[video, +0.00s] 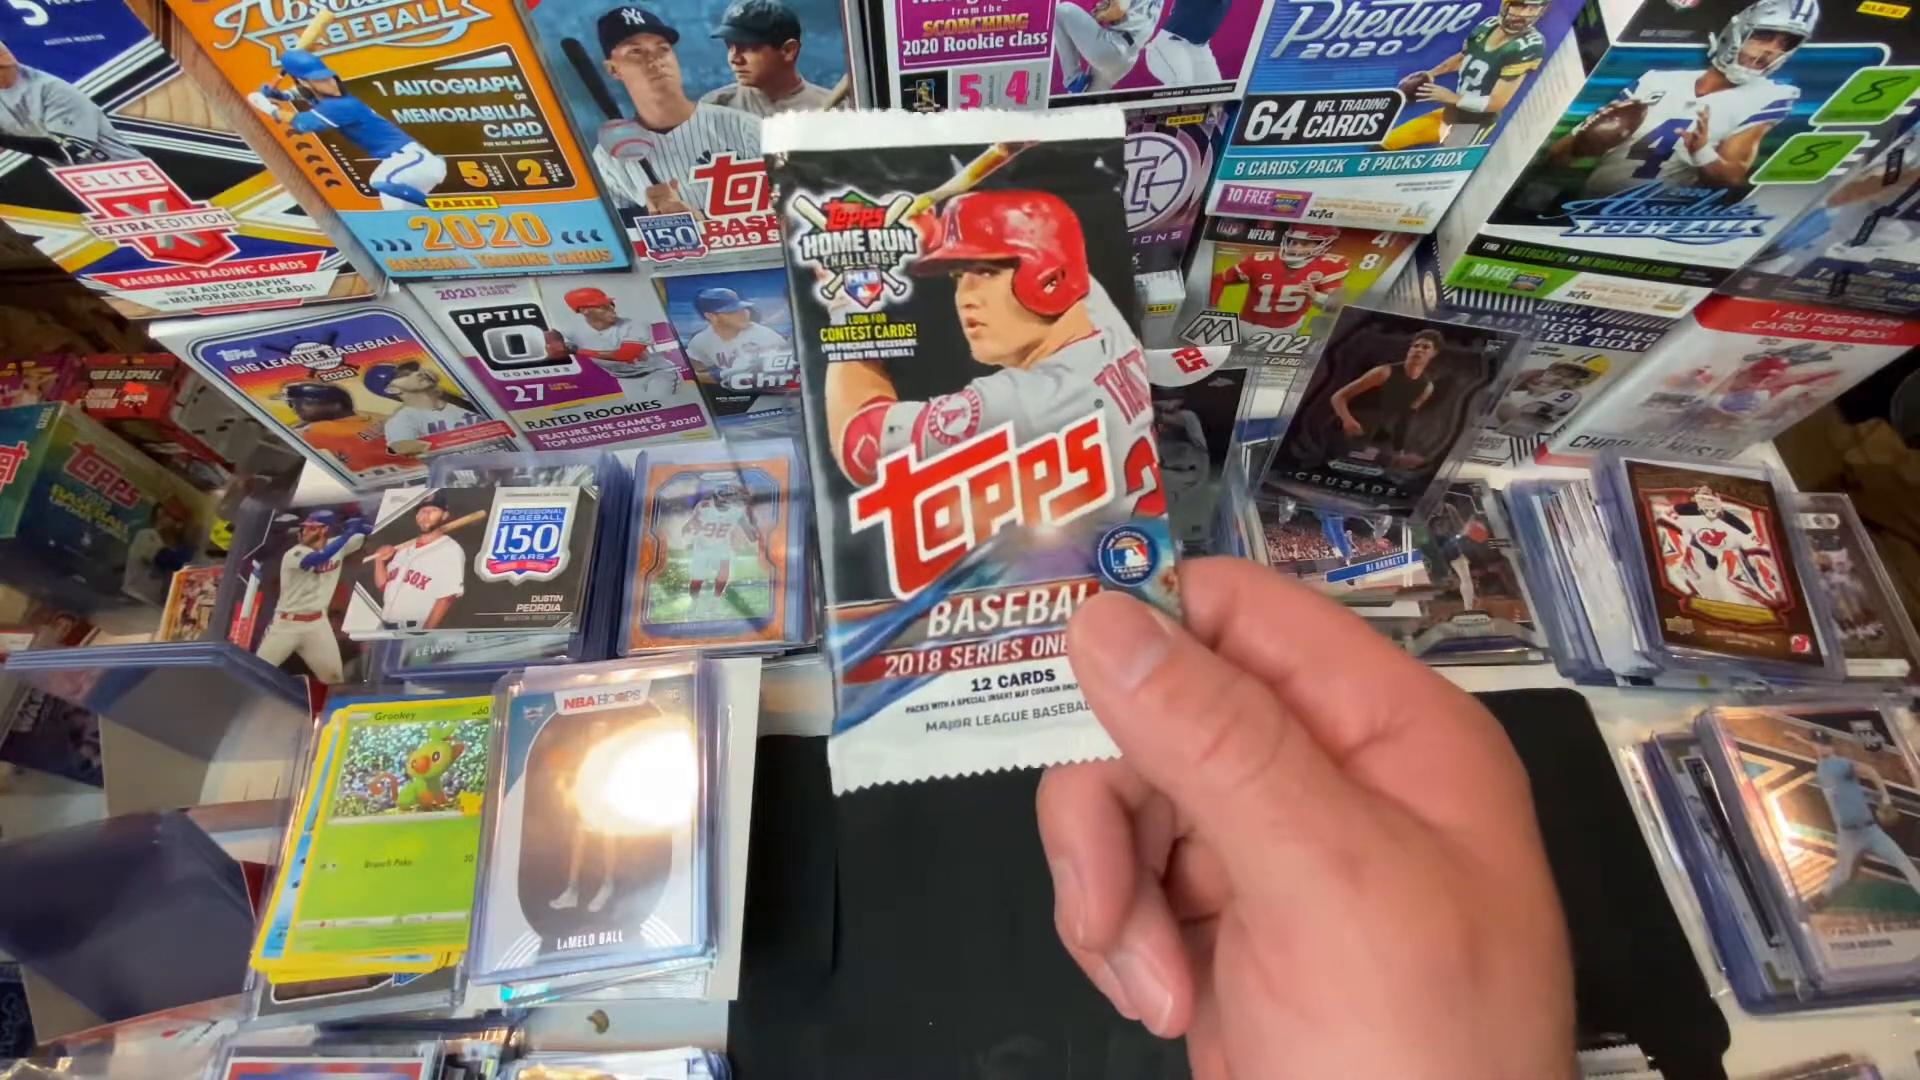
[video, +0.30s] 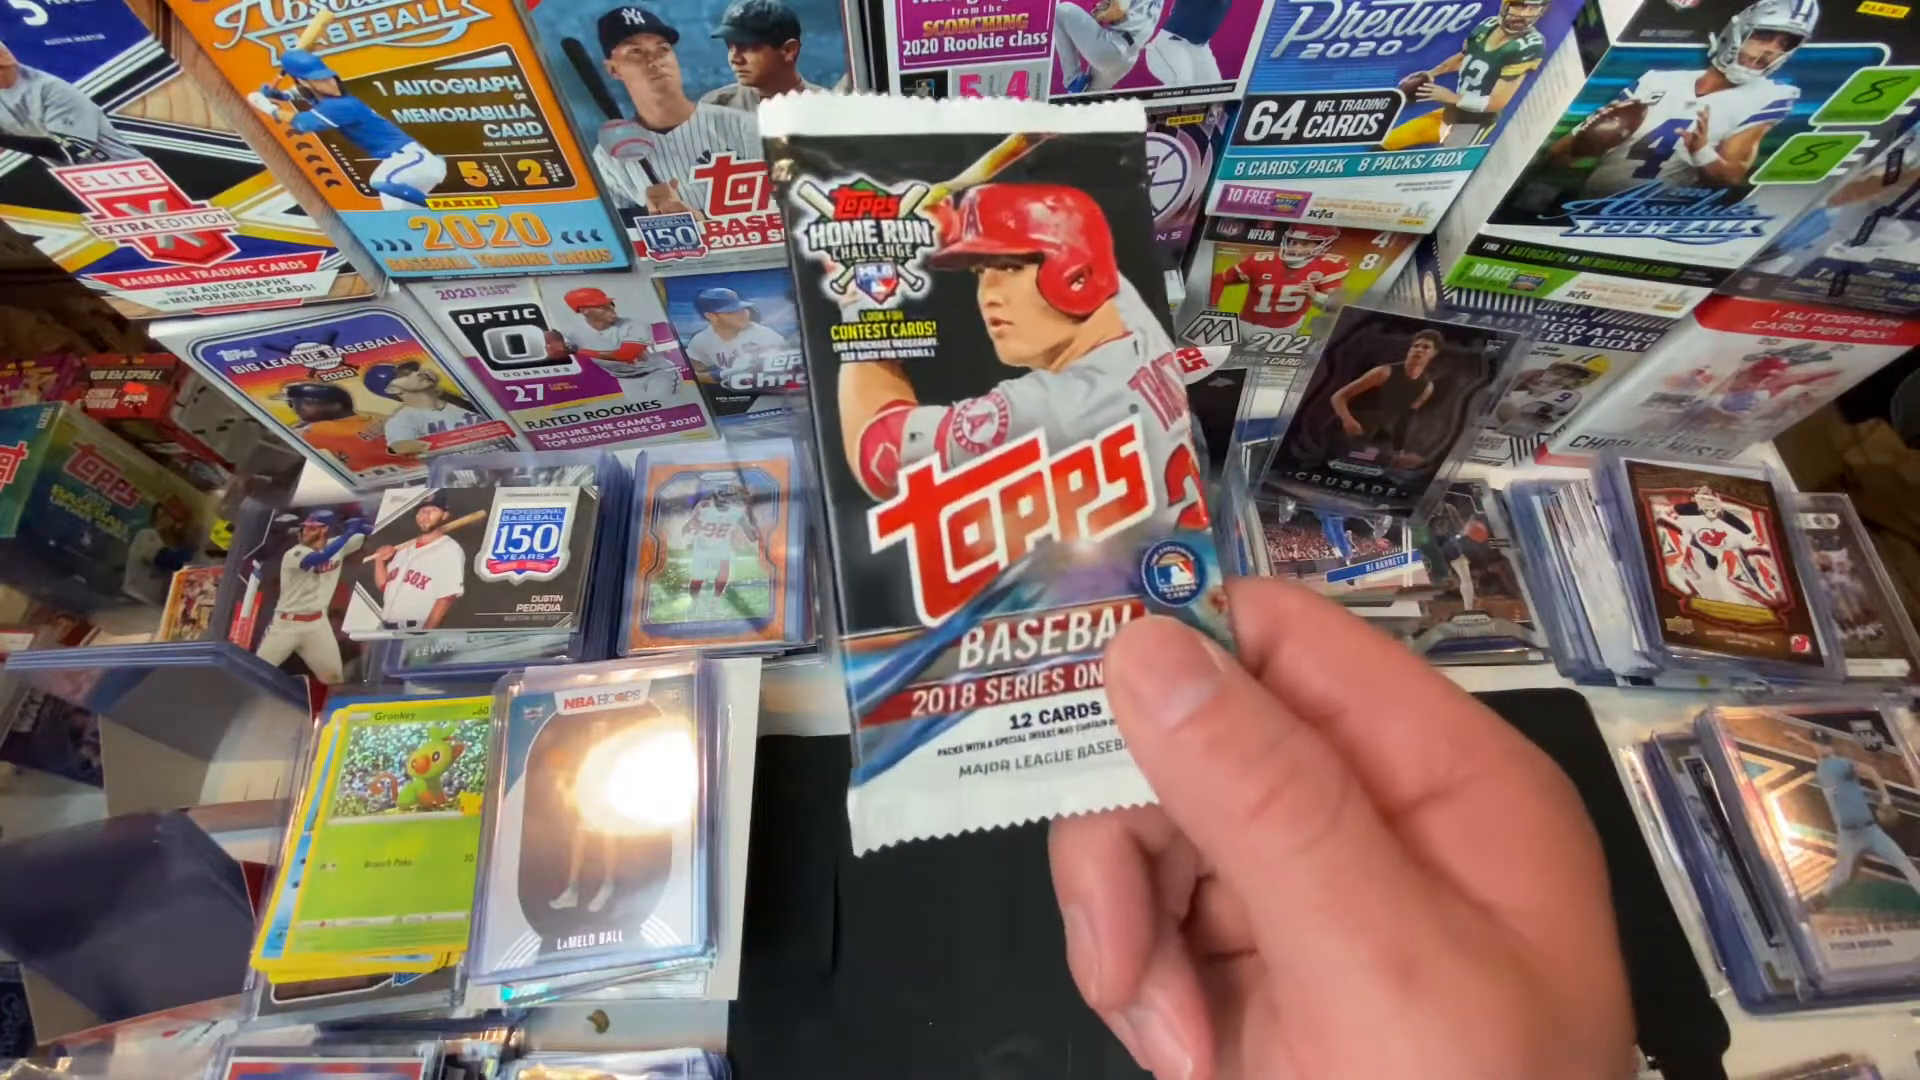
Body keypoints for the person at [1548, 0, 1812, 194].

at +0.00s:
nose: (1771, 52)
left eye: (1784, 46)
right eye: (1765, 37)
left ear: (1789, 57)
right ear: (1738, 33)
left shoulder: (1763, 101)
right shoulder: (1658, 82)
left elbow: (1735, 176)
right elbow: (1558, 156)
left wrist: (1702, 154)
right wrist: (1581, 139)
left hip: (1662, 222)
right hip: (1595, 204)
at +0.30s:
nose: (1771, 53)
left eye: (1783, 46)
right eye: (1765, 38)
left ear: (1788, 57)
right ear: (1738, 33)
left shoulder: (1762, 101)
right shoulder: (1658, 82)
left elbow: (1735, 175)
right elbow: (1558, 156)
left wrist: (1701, 153)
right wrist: (1582, 139)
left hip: (1663, 221)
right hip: (1596, 204)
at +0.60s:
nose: (1770, 53)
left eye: (1783, 46)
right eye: (1764, 38)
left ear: (1788, 57)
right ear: (1737, 33)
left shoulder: (1762, 101)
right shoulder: (1658, 82)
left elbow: (1736, 175)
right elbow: (1557, 156)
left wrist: (1701, 154)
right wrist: (1582, 139)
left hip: (1662, 223)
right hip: (1595, 205)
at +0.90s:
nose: (1770, 52)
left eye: (1783, 45)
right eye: (1764, 37)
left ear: (1788, 56)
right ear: (1737, 32)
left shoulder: (1761, 101)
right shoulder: (1658, 82)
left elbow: (1736, 176)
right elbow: (1558, 155)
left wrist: (1702, 154)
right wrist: (1584, 137)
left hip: (1661, 223)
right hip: (1595, 205)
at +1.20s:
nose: (1770, 52)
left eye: (1783, 45)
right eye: (1764, 37)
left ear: (1789, 56)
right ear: (1737, 33)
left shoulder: (1761, 101)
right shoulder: (1658, 82)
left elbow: (1735, 176)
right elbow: (1558, 155)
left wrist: (1702, 153)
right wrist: (1584, 137)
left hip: (1661, 224)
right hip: (1594, 205)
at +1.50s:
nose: (1769, 52)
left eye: (1782, 45)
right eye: (1764, 37)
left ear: (1788, 57)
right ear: (1737, 32)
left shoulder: (1762, 102)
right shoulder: (1659, 82)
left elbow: (1736, 177)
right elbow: (1555, 157)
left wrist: (1702, 154)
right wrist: (1584, 139)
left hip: (1659, 221)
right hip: (1592, 202)